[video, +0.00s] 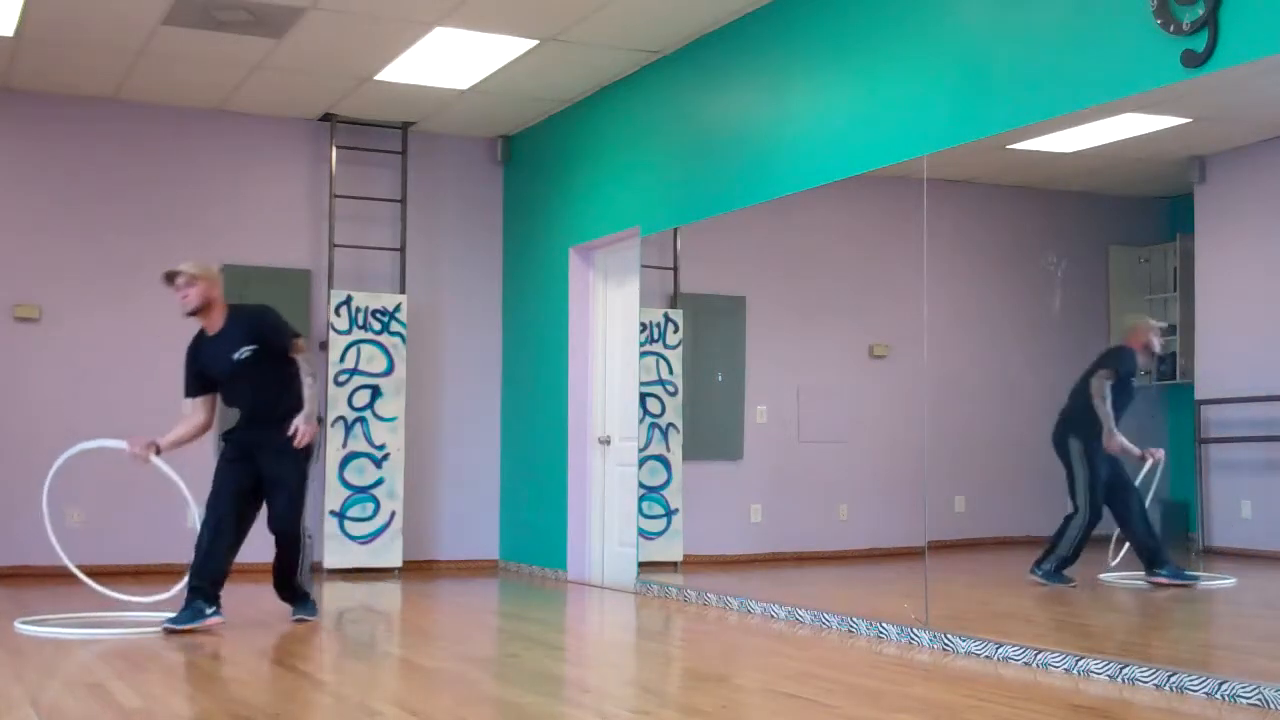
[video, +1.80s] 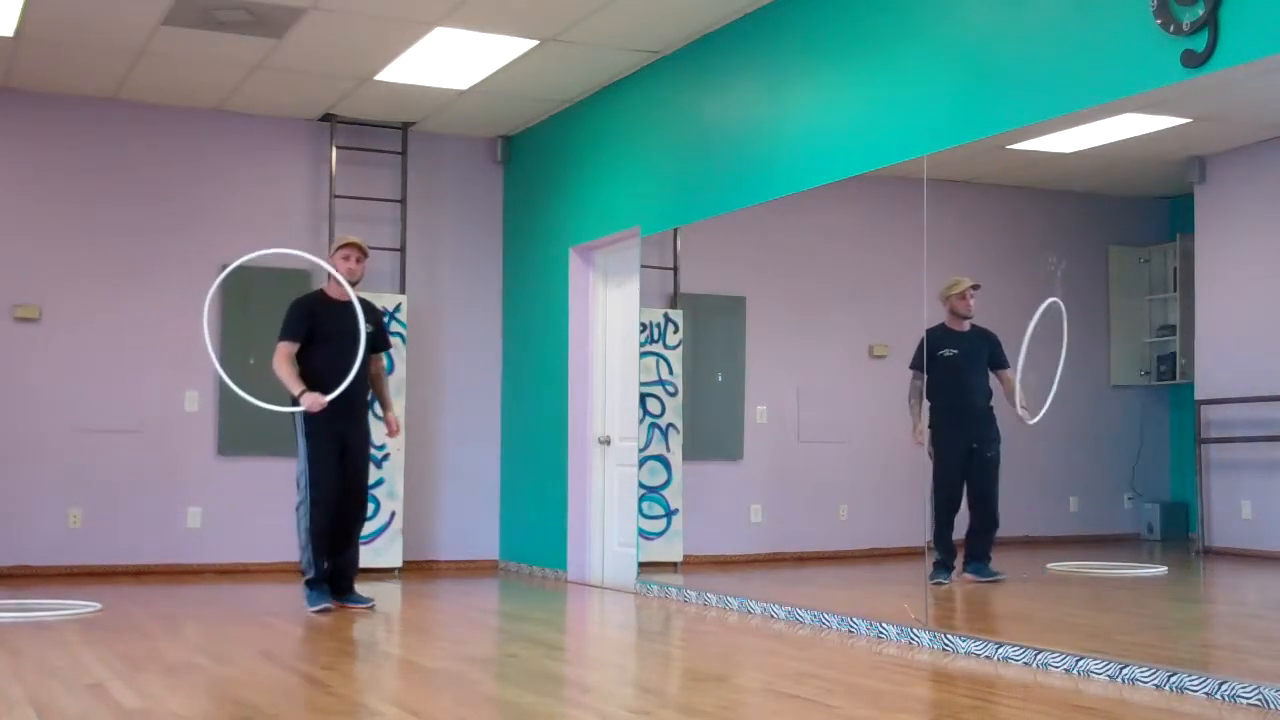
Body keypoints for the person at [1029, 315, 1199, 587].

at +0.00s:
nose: (1159, 342)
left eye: (1159, 336)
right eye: (1155, 335)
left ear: (1138, 339)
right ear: (1138, 336)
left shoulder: (1127, 372)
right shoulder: (1123, 355)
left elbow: (1108, 430)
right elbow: (1099, 384)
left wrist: (1139, 452)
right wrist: (1109, 430)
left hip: (1093, 442)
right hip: (1076, 436)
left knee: (1128, 502)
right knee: (1087, 509)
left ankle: (1158, 566)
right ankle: (1047, 567)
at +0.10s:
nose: (1135, 326)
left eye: (1134, 320)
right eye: (1131, 319)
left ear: (1118, 324)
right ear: (1115, 321)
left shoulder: (1105, 361)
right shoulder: (1095, 346)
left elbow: (1094, 417)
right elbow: (1071, 382)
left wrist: (1130, 430)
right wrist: (1084, 425)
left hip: (1084, 437)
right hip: (1063, 433)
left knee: (1117, 496)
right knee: (1077, 505)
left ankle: (1143, 563)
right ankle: (1047, 566)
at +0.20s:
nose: (1114, 310)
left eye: (1114, 306)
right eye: (1108, 305)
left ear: (1099, 313)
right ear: (1090, 309)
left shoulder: (1092, 351)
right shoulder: (1070, 338)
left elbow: (1085, 403)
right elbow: (1046, 376)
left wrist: (1126, 410)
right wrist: (1054, 417)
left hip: (1077, 426)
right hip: (1055, 425)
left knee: (1103, 494)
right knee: (1068, 499)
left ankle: (1120, 563)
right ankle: (1045, 568)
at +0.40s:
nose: (1077, 298)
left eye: (1078, 293)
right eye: (1070, 293)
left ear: (1076, 301)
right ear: (1053, 300)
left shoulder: (1076, 342)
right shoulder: (1036, 333)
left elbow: (1085, 390)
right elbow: (1007, 373)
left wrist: (1126, 382)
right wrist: (1005, 413)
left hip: (1067, 425)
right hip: (1041, 425)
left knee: (1077, 495)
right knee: (1054, 497)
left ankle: (1073, 558)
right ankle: (1042, 566)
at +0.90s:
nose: (1045, 304)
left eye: (1047, 300)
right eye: (1039, 300)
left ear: (1049, 306)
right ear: (1023, 304)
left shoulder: (1054, 345)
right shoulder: (1002, 339)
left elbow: (1075, 387)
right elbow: (982, 380)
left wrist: (1086, 381)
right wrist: (981, 420)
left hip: (1040, 429)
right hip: (1008, 428)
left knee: (1033, 498)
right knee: (1003, 496)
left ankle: (1029, 559)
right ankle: (993, 564)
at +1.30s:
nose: (1007, 307)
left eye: (1009, 302)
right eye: (1000, 303)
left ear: (1013, 308)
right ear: (986, 308)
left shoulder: (1024, 346)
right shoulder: (968, 343)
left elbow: (1042, 384)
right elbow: (954, 386)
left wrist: (1055, 405)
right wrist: (953, 423)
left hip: (1016, 431)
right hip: (979, 431)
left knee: (1021, 499)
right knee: (968, 500)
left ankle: (1027, 560)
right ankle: (949, 563)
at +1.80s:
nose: (970, 301)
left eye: (971, 296)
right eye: (962, 297)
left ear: (973, 300)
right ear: (947, 302)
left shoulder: (987, 339)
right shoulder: (931, 339)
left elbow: (1007, 377)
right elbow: (917, 384)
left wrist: (1019, 404)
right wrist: (917, 423)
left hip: (983, 431)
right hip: (946, 432)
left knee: (985, 502)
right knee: (946, 502)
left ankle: (977, 563)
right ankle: (943, 564)